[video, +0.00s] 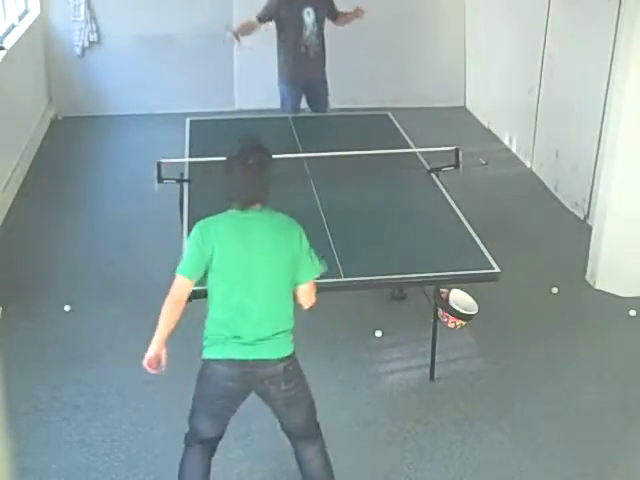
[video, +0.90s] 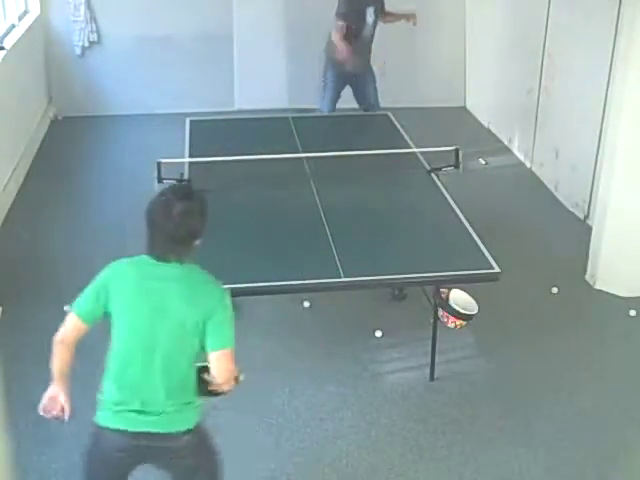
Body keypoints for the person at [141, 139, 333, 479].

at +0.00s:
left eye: (233, 176)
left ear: (227, 182)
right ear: (265, 184)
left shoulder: (207, 230)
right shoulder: (289, 229)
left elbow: (179, 293)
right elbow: (307, 298)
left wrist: (159, 341)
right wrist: (284, 275)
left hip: (223, 365)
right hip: (279, 364)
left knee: (199, 445)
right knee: (308, 442)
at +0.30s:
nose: (222, 186)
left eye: (224, 180)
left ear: (224, 187)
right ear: (264, 184)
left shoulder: (218, 246)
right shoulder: (296, 224)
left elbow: (208, 325)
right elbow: (341, 264)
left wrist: (189, 391)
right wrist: (308, 293)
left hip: (233, 377)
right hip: (288, 373)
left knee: (203, 454)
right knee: (314, 447)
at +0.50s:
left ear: (225, 207)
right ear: (264, 204)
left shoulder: (211, 266)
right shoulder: (295, 245)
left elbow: (202, 345)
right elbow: (340, 293)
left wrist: (184, 412)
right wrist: (310, 323)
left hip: (234, 399)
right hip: (292, 395)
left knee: (196, 461)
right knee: (318, 449)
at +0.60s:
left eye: (216, 216)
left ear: (212, 223)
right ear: (251, 222)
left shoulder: (191, 282)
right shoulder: (284, 267)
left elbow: (167, 356)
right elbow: (320, 322)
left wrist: (141, 421)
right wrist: (293, 351)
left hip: (219, 414)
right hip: (280, 407)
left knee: (183, 473)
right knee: (312, 452)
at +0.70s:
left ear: (185, 231)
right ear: (228, 234)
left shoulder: (153, 284)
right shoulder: (250, 284)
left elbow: (120, 348)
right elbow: (270, 361)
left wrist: (100, 407)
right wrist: (274, 373)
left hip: (180, 425)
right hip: (241, 420)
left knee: (161, 473)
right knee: (292, 472)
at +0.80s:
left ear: (164, 232)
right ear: (208, 240)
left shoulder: (127, 281)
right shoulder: (222, 291)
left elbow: (83, 338)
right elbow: (232, 371)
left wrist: (73, 393)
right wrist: (244, 379)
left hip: (144, 430)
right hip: (205, 430)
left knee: (138, 474)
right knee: (246, 474)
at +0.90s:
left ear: (151, 229)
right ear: (198, 237)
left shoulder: (117, 274)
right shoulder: (211, 292)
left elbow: (64, 337)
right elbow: (222, 377)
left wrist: (58, 386)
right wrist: (227, 379)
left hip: (115, 434)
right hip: (178, 437)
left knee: (98, 473)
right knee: (205, 473)